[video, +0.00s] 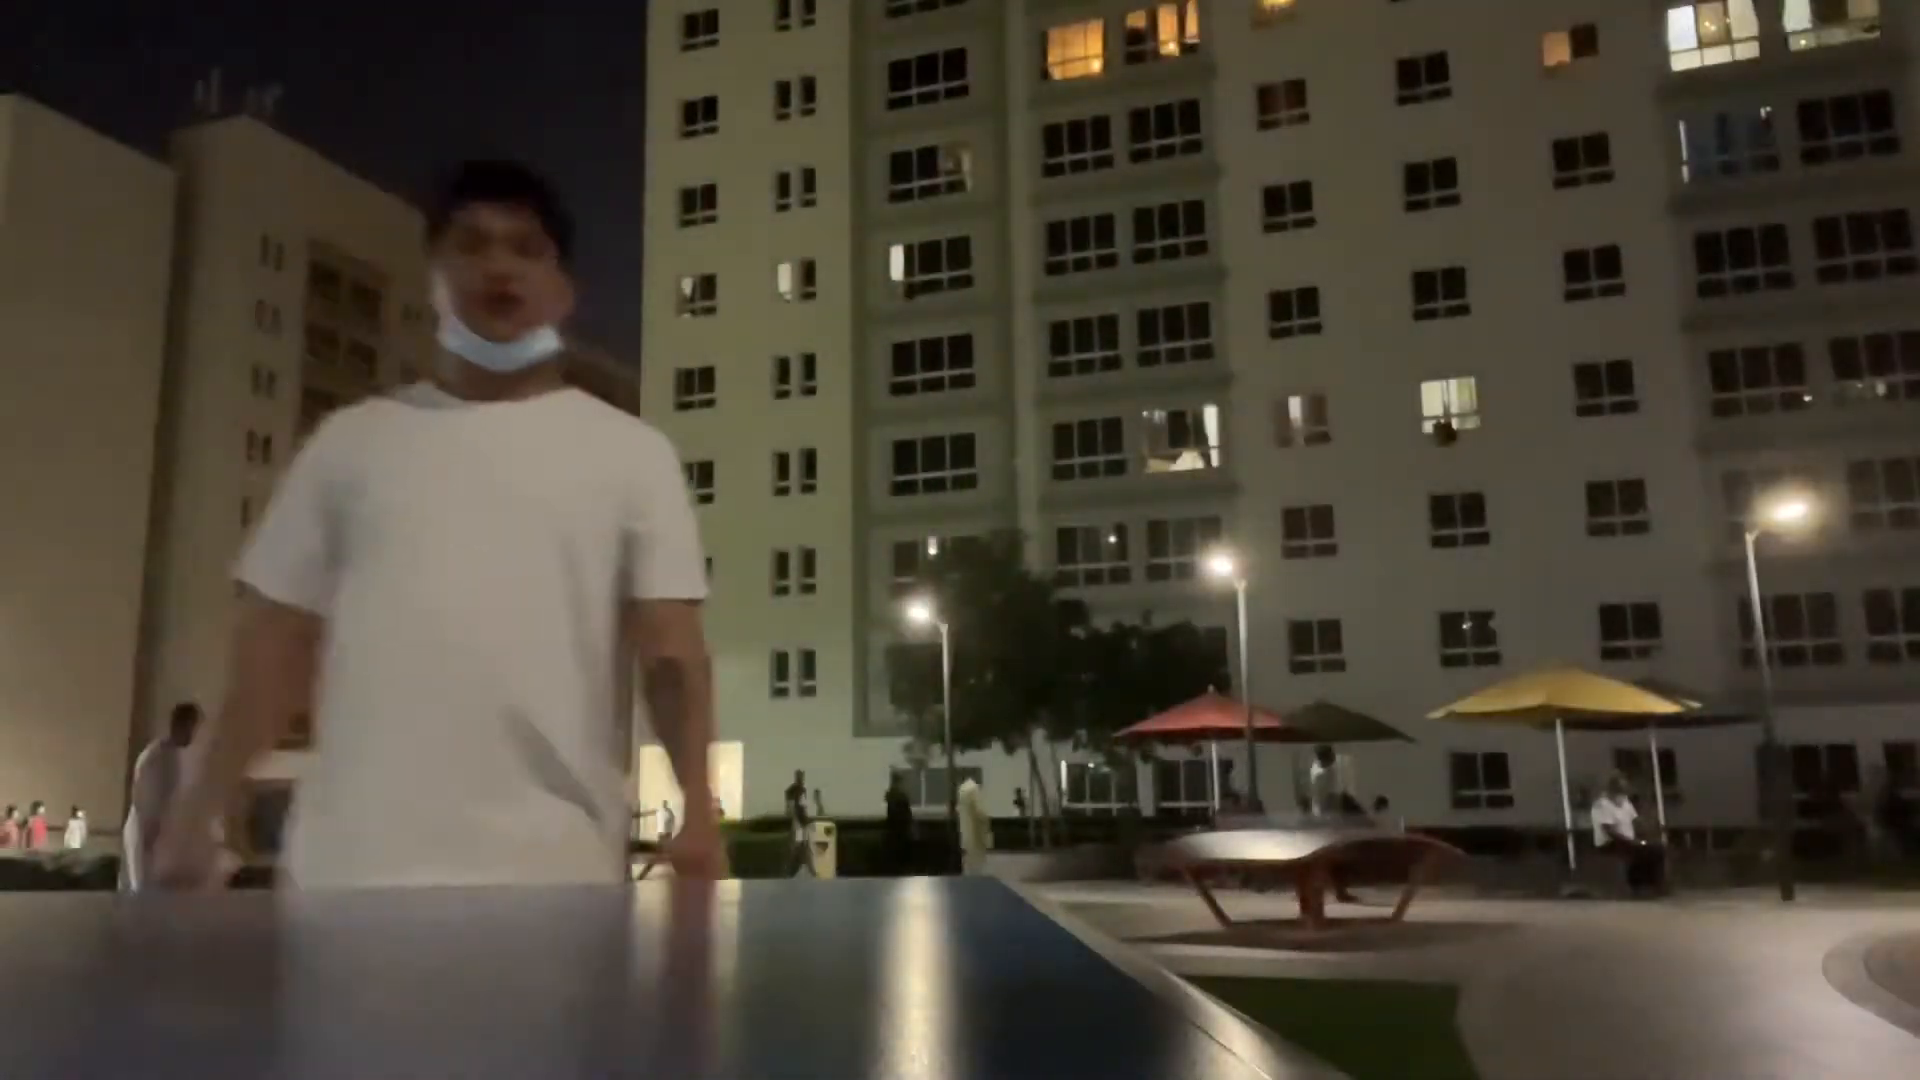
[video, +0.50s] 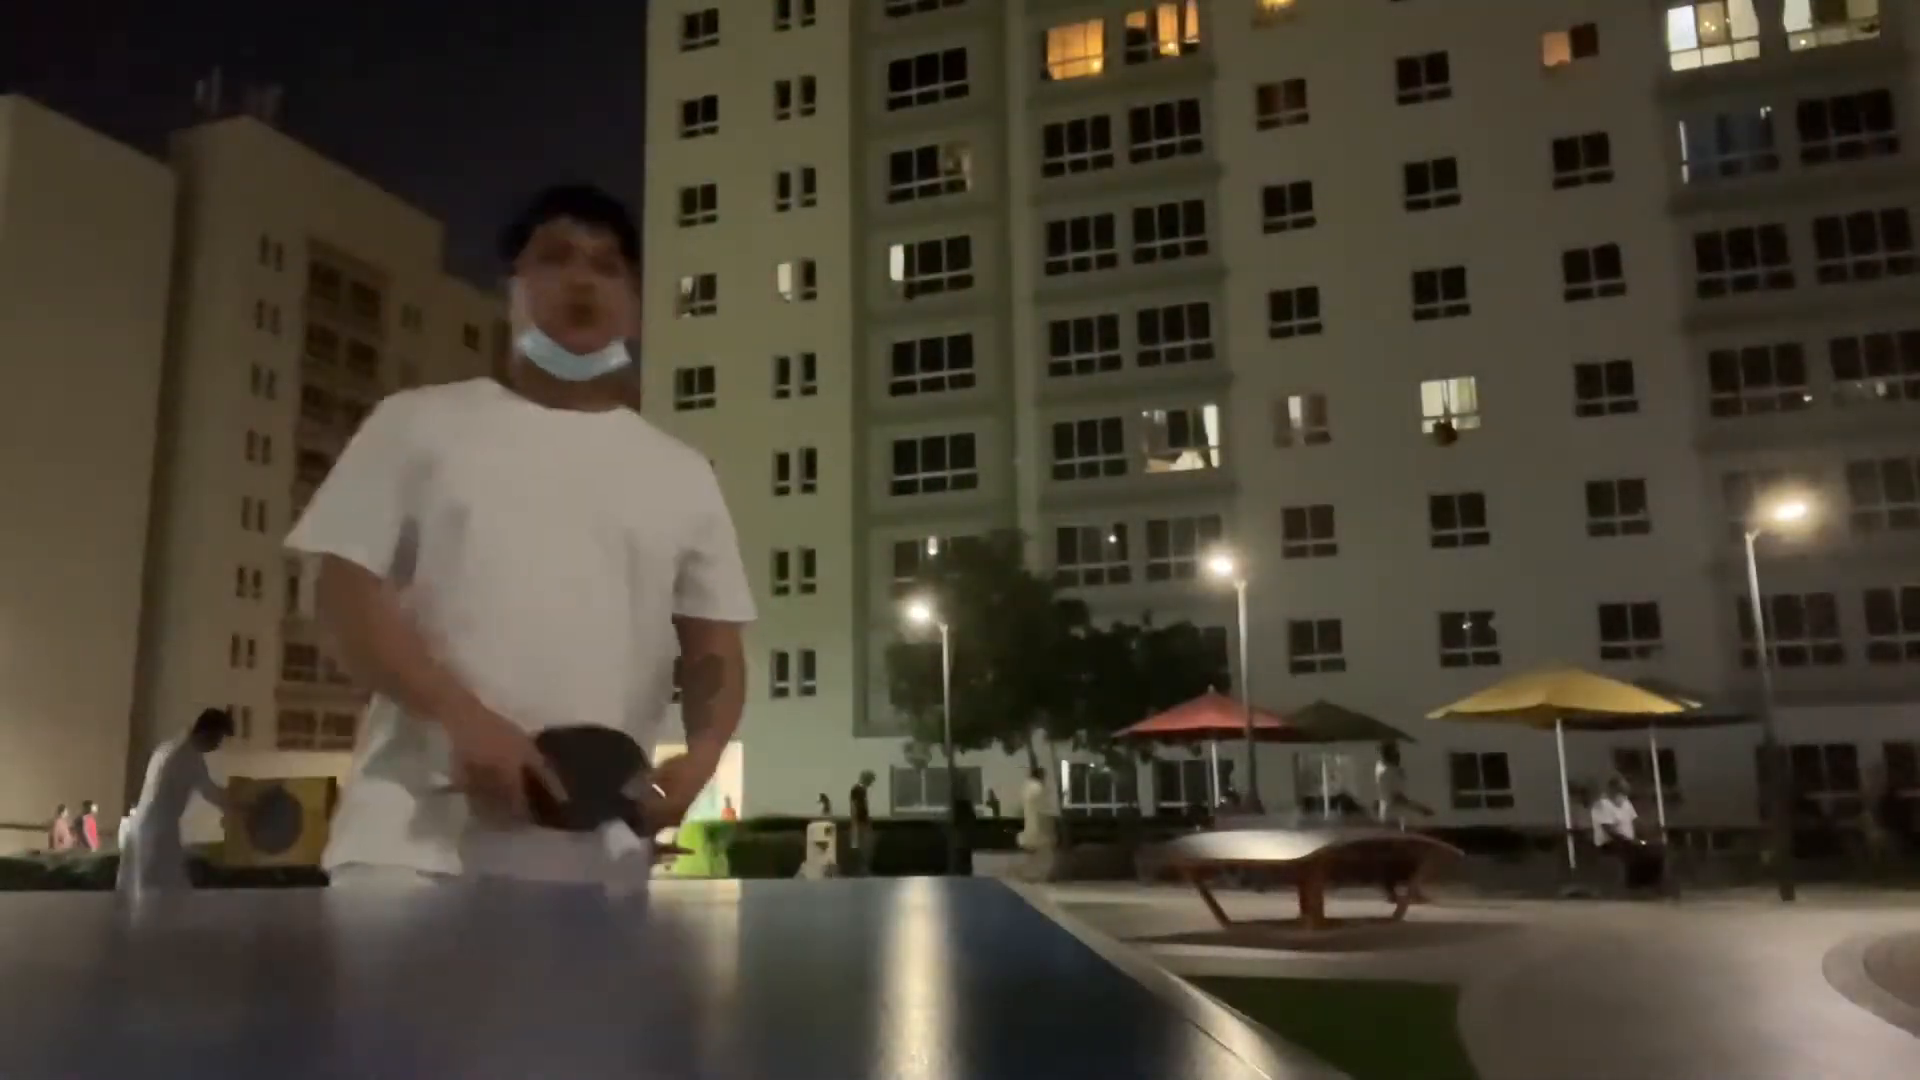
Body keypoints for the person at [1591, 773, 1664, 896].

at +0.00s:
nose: (1622, 796)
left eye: (1624, 792)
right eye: (1619, 793)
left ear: (1626, 790)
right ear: (1612, 790)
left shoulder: (1624, 801)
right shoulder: (1602, 804)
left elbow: (1635, 820)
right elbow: (1608, 829)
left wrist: (1644, 835)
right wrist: (1631, 841)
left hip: (1628, 839)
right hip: (1609, 843)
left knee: (1655, 850)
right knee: (1638, 853)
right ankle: (1636, 887)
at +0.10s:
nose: (1622, 797)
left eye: (1623, 793)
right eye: (1619, 793)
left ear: (1626, 790)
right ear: (1611, 790)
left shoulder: (1624, 801)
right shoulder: (1602, 804)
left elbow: (1634, 820)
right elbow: (1609, 829)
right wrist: (1632, 842)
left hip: (1628, 839)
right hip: (1609, 842)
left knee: (1654, 850)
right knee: (1640, 854)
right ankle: (1638, 888)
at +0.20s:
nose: (1622, 797)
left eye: (1623, 793)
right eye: (1619, 793)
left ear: (1625, 791)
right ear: (1612, 790)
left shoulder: (1624, 801)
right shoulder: (1602, 804)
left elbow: (1634, 820)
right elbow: (1609, 829)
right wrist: (1632, 842)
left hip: (1628, 839)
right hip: (1608, 843)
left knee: (1653, 850)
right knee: (1637, 853)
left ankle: (1651, 885)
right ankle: (1635, 887)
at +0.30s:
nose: (1622, 798)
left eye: (1624, 794)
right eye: (1620, 794)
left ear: (1626, 793)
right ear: (1613, 792)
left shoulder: (1625, 802)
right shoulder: (1602, 805)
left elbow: (1634, 821)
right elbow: (1609, 830)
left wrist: (1644, 835)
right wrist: (1632, 841)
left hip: (1628, 840)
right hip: (1609, 843)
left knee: (1653, 850)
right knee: (1636, 853)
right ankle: (1634, 887)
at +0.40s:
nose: (1622, 797)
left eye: (1624, 794)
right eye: (1620, 793)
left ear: (1625, 792)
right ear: (1612, 791)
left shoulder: (1624, 802)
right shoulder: (1602, 804)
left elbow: (1634, 821)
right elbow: (1608, 829)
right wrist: (1630, 841)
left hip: (1628, 840)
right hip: (1609, 843)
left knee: (1653, 850)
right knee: (1636, 854)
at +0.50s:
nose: (1622, 798)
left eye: (1624, 794)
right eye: (1620, 794)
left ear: (1626, 793)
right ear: (1612, 792)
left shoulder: (1625, 802)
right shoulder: (1602, 805)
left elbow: (1634, 821)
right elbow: (1608, 829)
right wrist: (1631, 841)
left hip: (1628, 841)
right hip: (1610, 844)